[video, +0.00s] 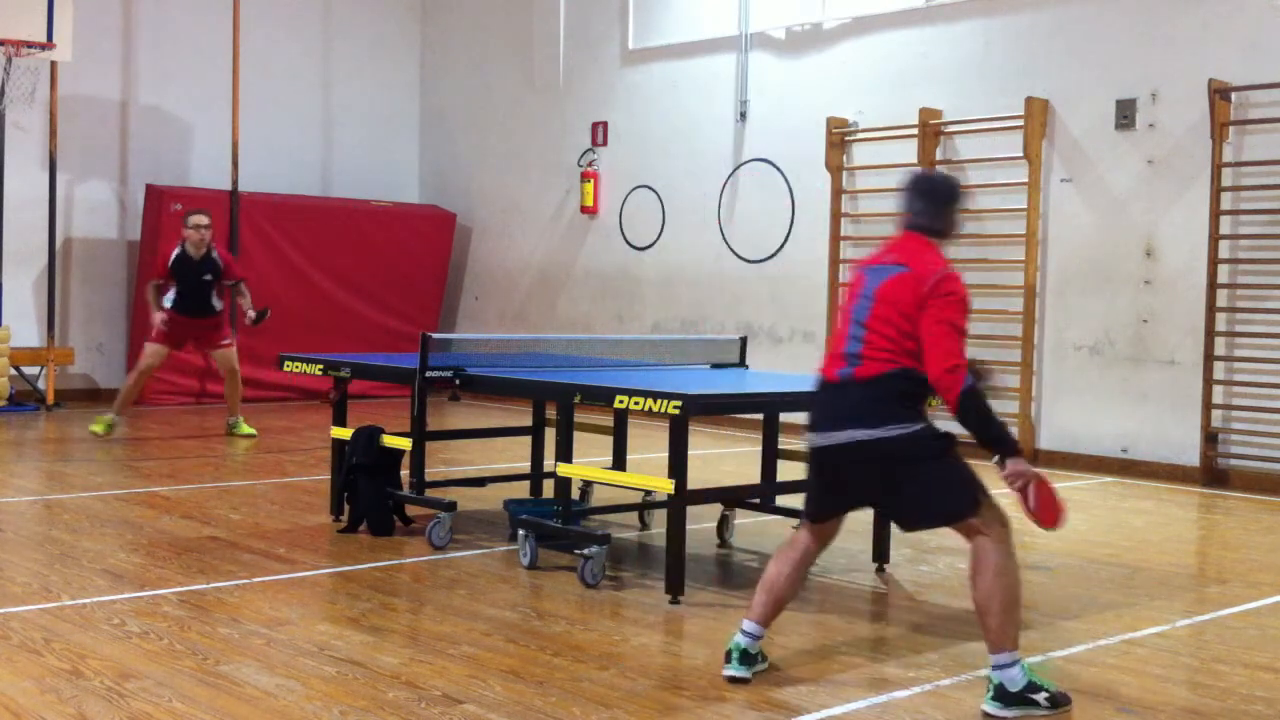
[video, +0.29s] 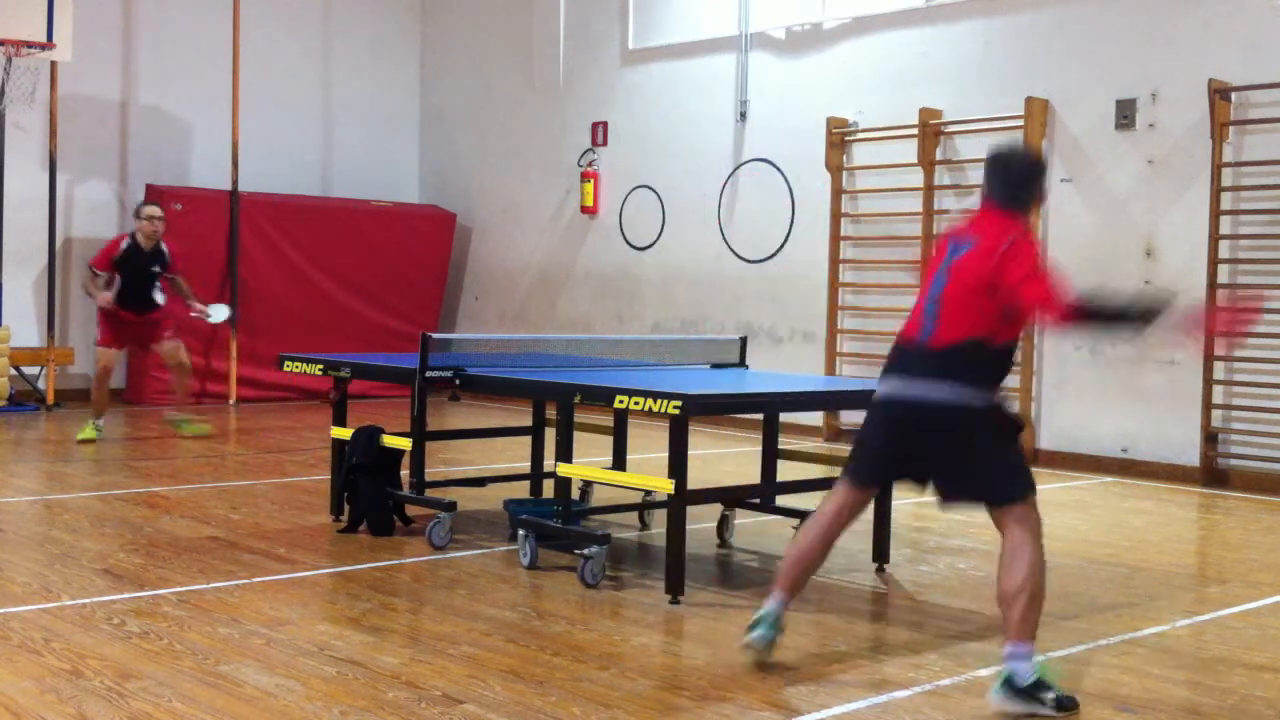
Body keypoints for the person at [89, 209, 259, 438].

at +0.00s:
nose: (203, 233)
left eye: (207, 228)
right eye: (197, 228)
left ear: (212, 232)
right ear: (185, 232)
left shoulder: (220, 258)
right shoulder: (172, 256)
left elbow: (239, 286)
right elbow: (154, 285)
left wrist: (248, 309)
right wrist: (155, 311)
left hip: (212, 322)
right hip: (175, 320)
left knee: (232, 369)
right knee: (144, 367)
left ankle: (235, 420)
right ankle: (112, 417)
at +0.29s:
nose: (156, 225)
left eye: (160, 220)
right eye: (150, 220)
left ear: (164, 224)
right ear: (137, 222)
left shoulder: (164, 251)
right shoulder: (119, 247)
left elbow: (174, 278)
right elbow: (90, 278)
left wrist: (193, 302)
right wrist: (99, 294)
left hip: (152, 317)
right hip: (117, 316)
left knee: (181, 363)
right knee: (104, 368)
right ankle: (95, 423)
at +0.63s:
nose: (126, 236)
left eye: (130, 231)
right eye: (120, 230)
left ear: (133, 235)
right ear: (106, 233)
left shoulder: (128, 265)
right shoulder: (87, 257)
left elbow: (132, 295)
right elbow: (55, 294)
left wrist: (149, 319)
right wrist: (79, 322)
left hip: (107, 324)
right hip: (72, 322)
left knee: (141, 368)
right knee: (44, 375)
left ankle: (117, 424)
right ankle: (2, 419)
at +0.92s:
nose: (95, 235)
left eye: (99, 231)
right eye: (89, 230)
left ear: (102, 236)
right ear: (75, 232)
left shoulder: (95, 267)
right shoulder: (57, 255)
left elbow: (99, 301)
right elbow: (26, 291)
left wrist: (100, 318)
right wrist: (51, 311)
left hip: (74, 326)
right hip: (41, 323)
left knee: (118, 372)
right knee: (32, 380)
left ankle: (113, 427)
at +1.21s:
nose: (73, 206)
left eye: (78, 202)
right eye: (67, 202)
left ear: (84, 205)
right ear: (58, 206)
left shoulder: (95, 234)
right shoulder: (42, 235)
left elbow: (129, 241)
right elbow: (7, 250)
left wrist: (126, 210)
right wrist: (2, 227)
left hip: (85, 314)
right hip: (47, 312)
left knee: (112, 370)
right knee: (24, 367)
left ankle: (113, 427)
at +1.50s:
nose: (66, 205)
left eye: (70, 200)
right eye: (59, 201)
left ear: (76, 206)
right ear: (49, 207)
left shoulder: (88, 233)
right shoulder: (33, 236)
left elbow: (126, 218)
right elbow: (1, 244)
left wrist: (125, 183)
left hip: (78, 313)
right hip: (39, 311)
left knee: (106, 364)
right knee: (18, 363)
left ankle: (112, 427)